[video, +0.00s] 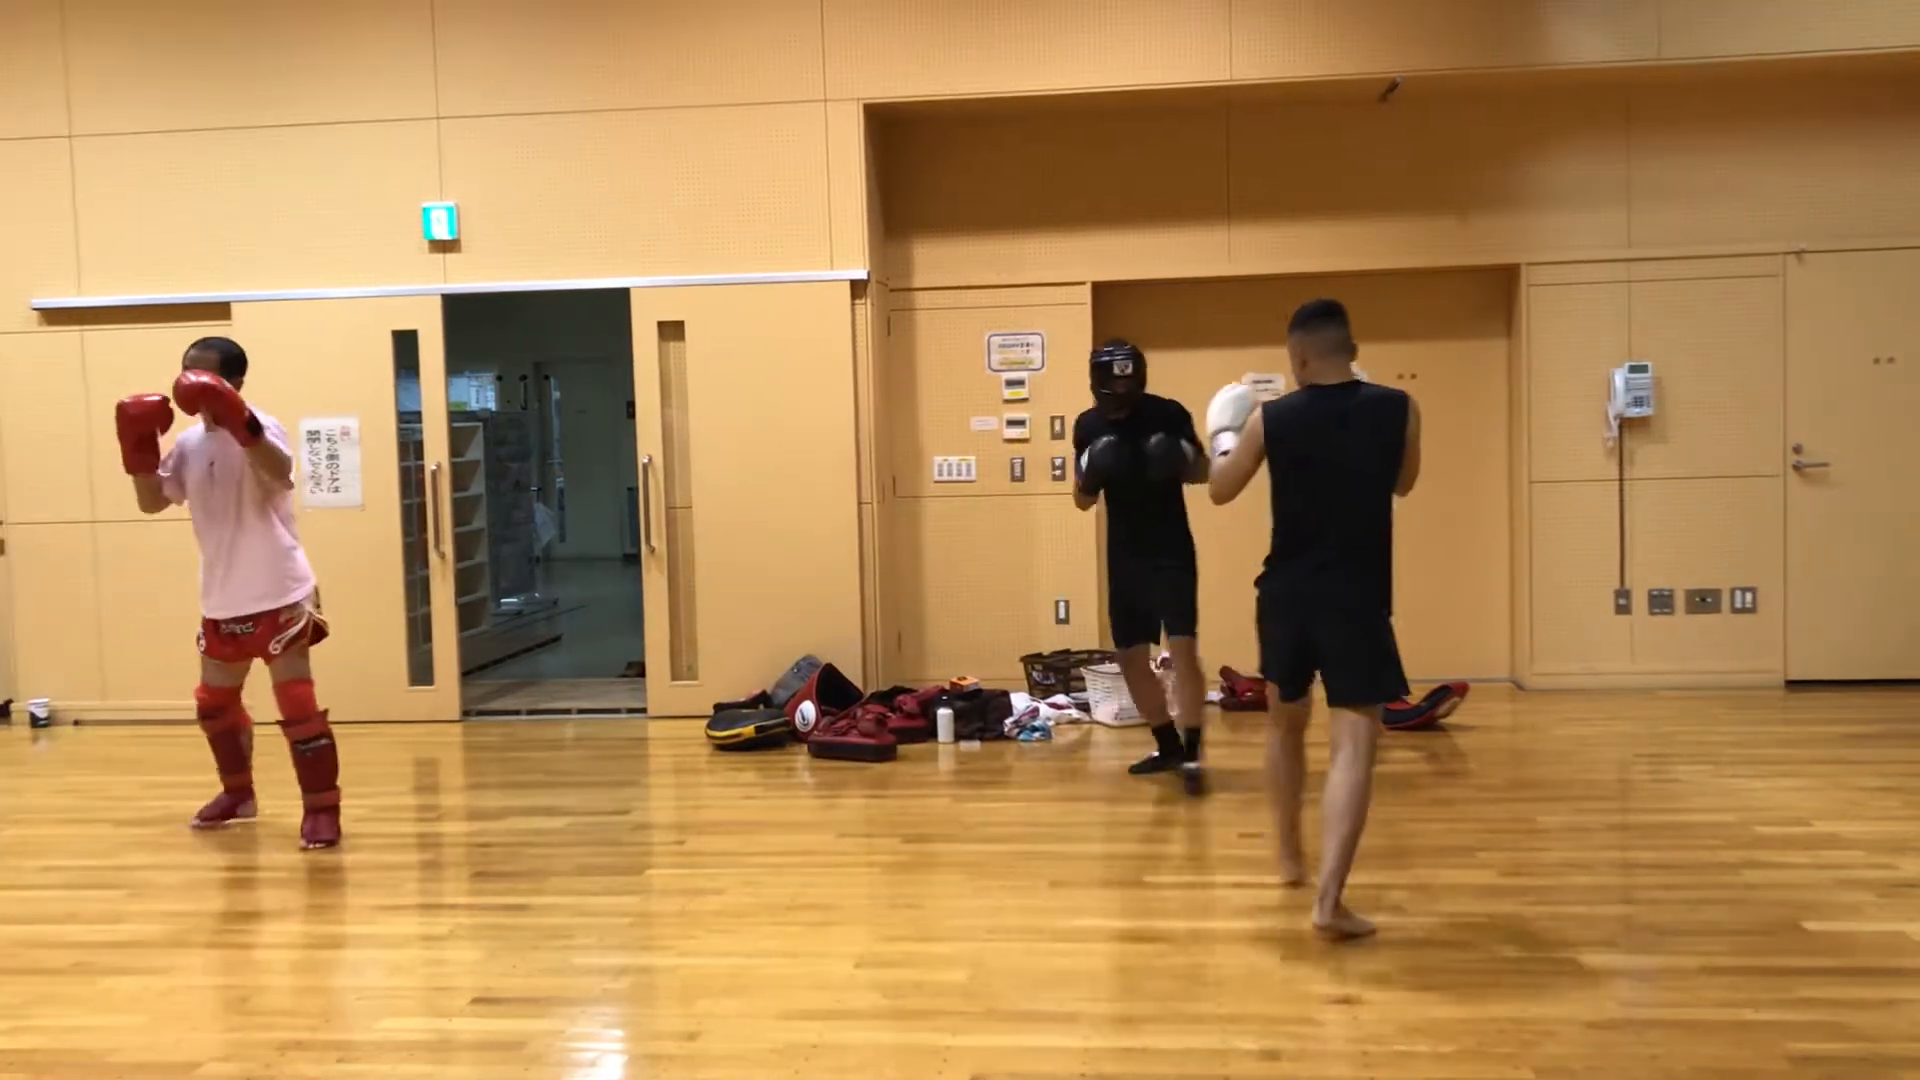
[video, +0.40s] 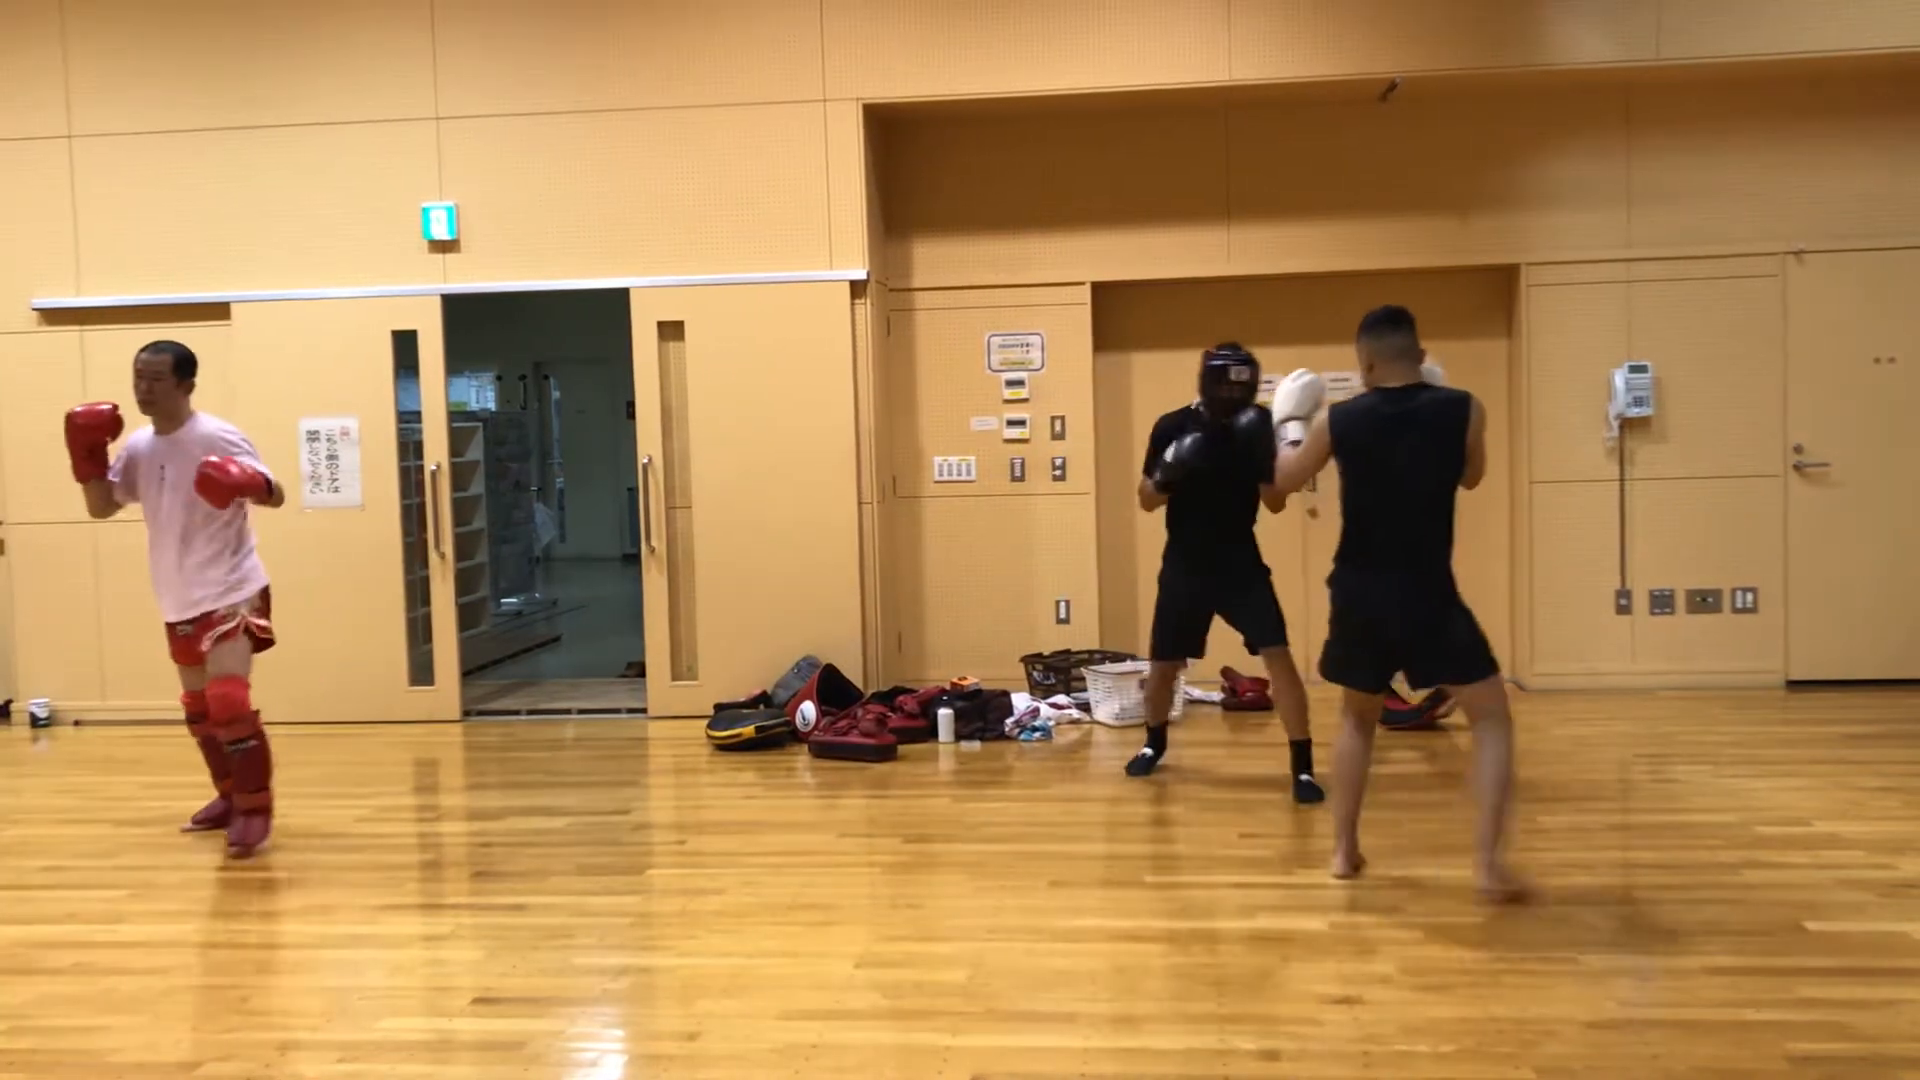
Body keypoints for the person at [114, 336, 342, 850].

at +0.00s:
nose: (194, 389)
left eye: (204, 378)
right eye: (189, 378)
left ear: (233, 382)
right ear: (183, 385)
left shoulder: (263, 429)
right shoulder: (188, 444)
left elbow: (282, 474)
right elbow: (153, 498)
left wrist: (238, 422)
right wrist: (138, 445)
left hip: (280, 587)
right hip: (223, 593)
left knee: (295, 700)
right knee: (216, 701)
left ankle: (321, 809)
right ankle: (237, 793)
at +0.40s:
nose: (143, 388)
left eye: (155, 379)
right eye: (138, 378)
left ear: (185, 385)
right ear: (133, 383)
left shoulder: (217, 439)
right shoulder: (138, 447)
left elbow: (274, 495)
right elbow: (102, 504)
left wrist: (247, 481)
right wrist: (87, 455)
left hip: (231, 592)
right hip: (178, 599)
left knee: (228, 704)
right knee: (199, 710)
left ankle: (254, 808)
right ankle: (229, 796)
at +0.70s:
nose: (123, 385)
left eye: (135, 377)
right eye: (117, 376)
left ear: (165, 385)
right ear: (110, 381)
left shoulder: (188, 439)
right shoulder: (105, 451)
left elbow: (241, 492)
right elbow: (77, 516)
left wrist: (210, 454)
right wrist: (57, 471)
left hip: (199, 595)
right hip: (139, 600)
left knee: (191, 719)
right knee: (131, 716)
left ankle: (203, 828)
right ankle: (203, 784)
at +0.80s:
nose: (107, 384)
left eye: (120, 374)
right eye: (101, 373)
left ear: (152, 381)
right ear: (93, 377)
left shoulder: (178, 433)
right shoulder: (87, 444)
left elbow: (215, 482)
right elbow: (49, 502)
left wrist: (171, 442)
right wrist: (38, 453)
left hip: (182, 598)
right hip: (116, 601)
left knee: (185, 720)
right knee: (86, 715)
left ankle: (202, 833)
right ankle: (133, 807)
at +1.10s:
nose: (61, 385)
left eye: (75, 376)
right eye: (54, 375)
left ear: (102, 384)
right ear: (43, 380)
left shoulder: (131, 443)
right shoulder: (36, 452)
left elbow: (192, 500)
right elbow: (6, 523)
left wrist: (154, 499)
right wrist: (2, 470)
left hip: (135, 607)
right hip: (66, 611)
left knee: (140, 725)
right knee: (56, 733)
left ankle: (154, 829)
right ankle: (77, 832)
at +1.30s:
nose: (57, 386)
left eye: (69, 376)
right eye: (48, 376)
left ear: (97, 383)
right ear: (36, 383)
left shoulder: (135, 449)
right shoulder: (20, 458)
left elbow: (183, 496)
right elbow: (9, 531)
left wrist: (219, 504)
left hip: (114, 618)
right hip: (34, 618)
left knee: (107, 740)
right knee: (4, 722)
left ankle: (90, 861)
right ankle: (33, 843)